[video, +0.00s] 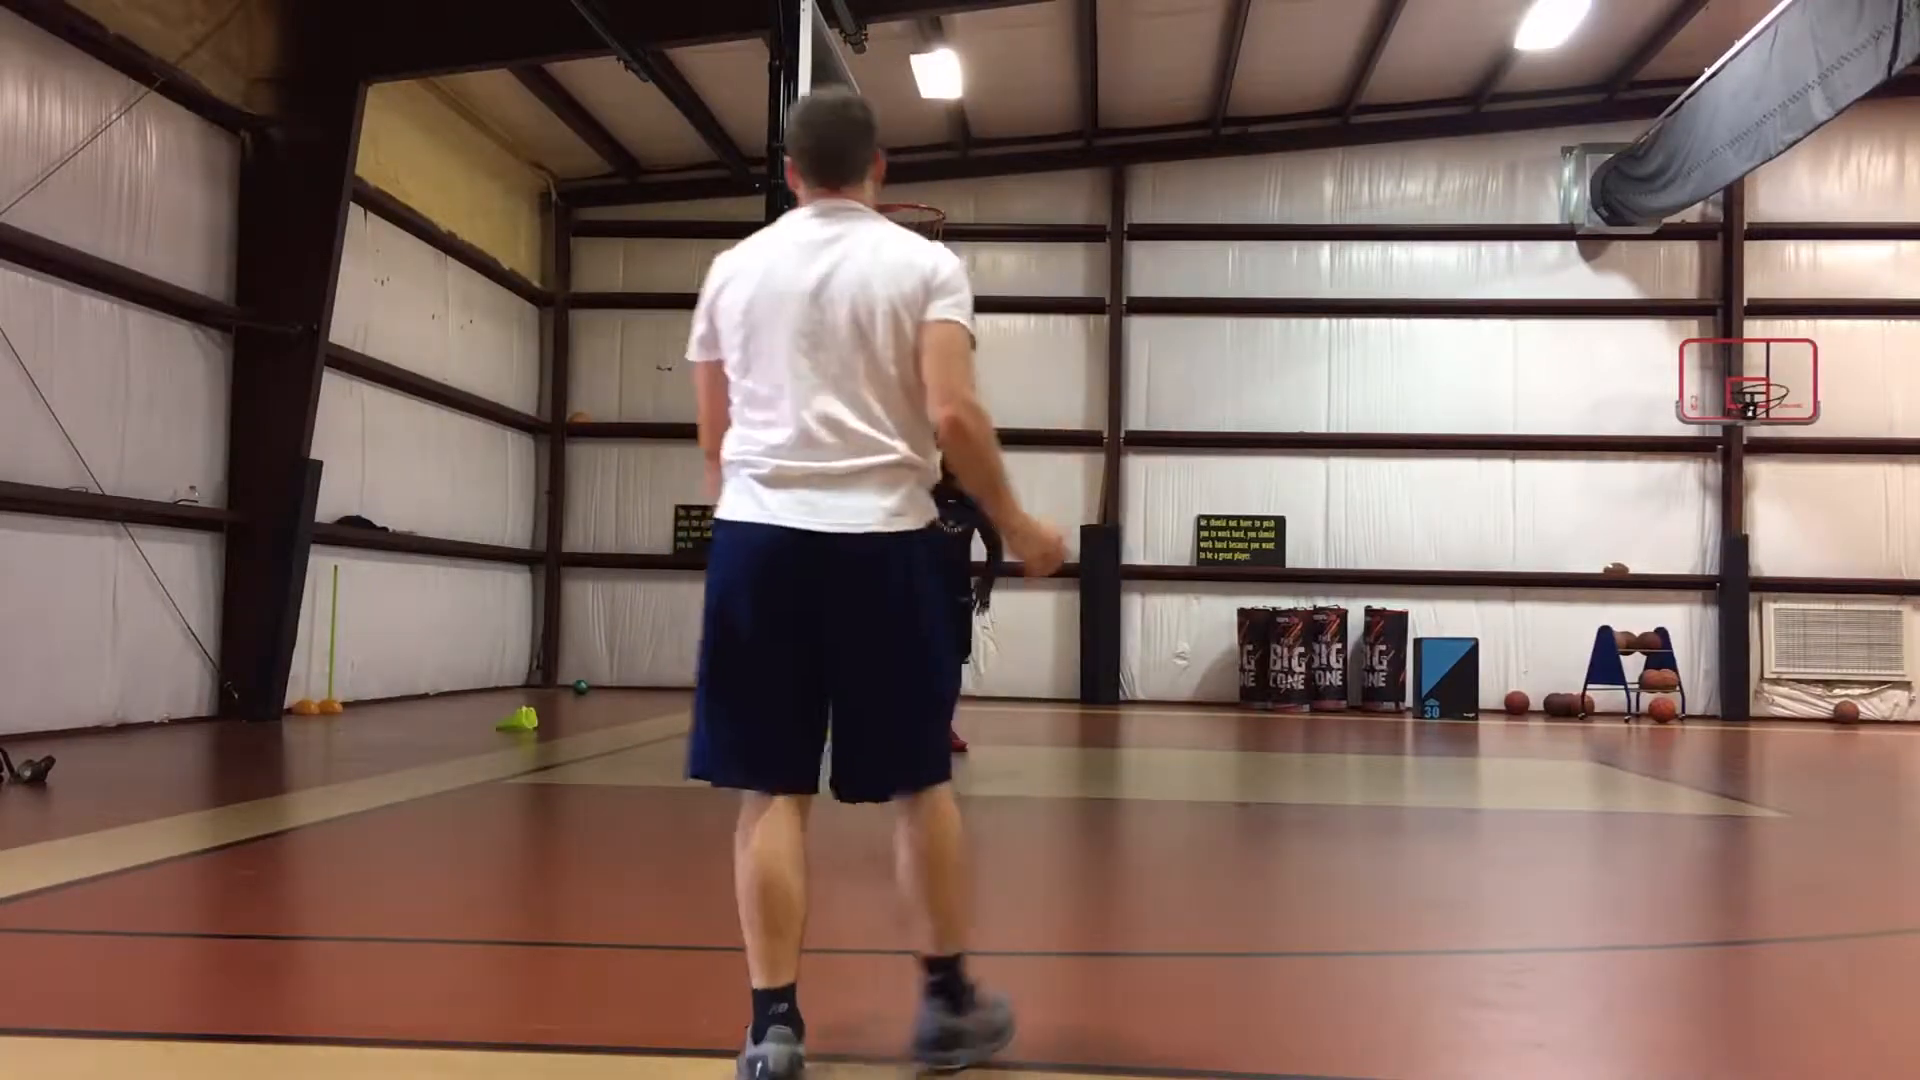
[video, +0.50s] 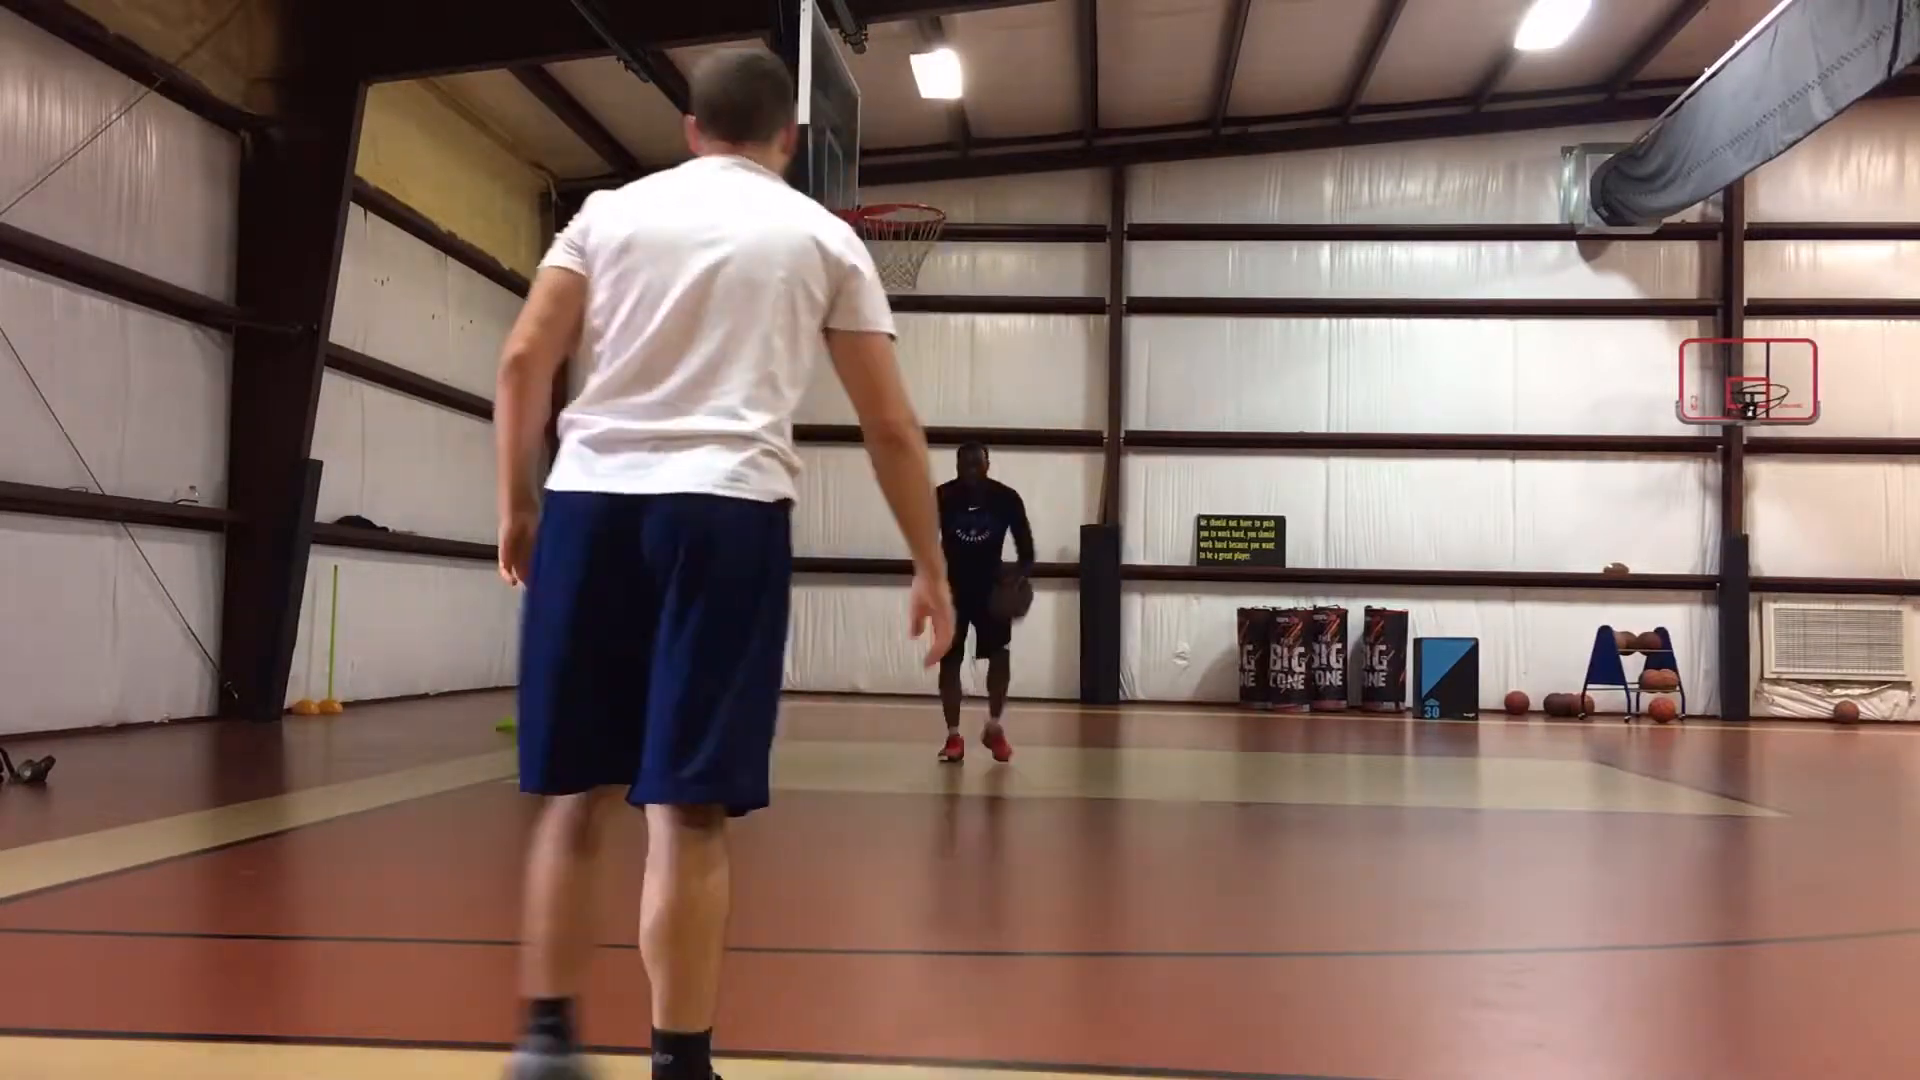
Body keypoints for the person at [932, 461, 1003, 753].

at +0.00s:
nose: (952, 479)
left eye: (958, 473)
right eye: (947, 471)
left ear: (967, 476)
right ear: (937, 471)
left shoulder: (971, 507)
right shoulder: (922, 502)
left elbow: (994, 545)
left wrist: (987, 581)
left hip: (956, 590)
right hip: (922, 586)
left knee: (952, 662)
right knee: (923, 661)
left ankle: (944, 725)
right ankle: (925, 727)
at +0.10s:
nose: (963, 473)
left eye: (969, 466)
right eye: (957, 465)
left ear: (975, 469)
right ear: (943, 466)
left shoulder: (985, 507)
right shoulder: (926, 502)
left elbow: (993, 559)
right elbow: (916, 550)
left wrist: (980, 599)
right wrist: (918, 589)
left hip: (962, 598)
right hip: (928, 595)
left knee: (954, 662)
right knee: (926, 662)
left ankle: (945, 722)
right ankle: (924, 723)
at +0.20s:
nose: (962, 476)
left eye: (967, 468)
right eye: (959, 468)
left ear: (975, 472)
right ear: (948, 471)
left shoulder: (993, 511)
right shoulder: (930, 503)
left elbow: (997, 562)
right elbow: (902, 543)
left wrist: (983, 597)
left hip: (969, 590)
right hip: (932, 587)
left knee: (956, 662)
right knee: (936, 658)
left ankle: (948, 726)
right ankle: (939, 728)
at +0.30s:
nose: (965, 478)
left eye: (970, 472)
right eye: (962, 471)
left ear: (977, 476)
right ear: (951, 475)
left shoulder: (997, 513)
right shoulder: (934, 505)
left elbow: (998, 562)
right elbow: (905, 545)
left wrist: (985, 594)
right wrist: (885, 587)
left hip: (973, 596)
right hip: (937, 593)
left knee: (964, 665)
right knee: (944, 659)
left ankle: (945, 723)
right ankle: (951, 733)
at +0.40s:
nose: (968, 472)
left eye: (973, 466)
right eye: (963, 466)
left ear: (980, 471)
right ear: (952, 472)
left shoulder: (997, 508)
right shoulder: (934, 504)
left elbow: (1002, 559)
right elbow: (910, 546)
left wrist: (990, 598)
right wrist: (895, 590)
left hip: (979, 596)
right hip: (941, 595)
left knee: (978, 669)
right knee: (944, 664)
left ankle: (962, 724)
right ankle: (952, 733)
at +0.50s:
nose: (972, 471)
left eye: (977, 465)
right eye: (967, 465)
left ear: (987, 464)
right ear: (958, 466)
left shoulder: (1006, 498)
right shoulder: (942, 496)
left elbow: (1026, 550)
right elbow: (927, 540)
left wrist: (1018, 577)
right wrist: (932, 580)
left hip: (991, 590)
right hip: (952, 588)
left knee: (1000, 657)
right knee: (950, 662)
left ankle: (994, 725)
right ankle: (953, 735)